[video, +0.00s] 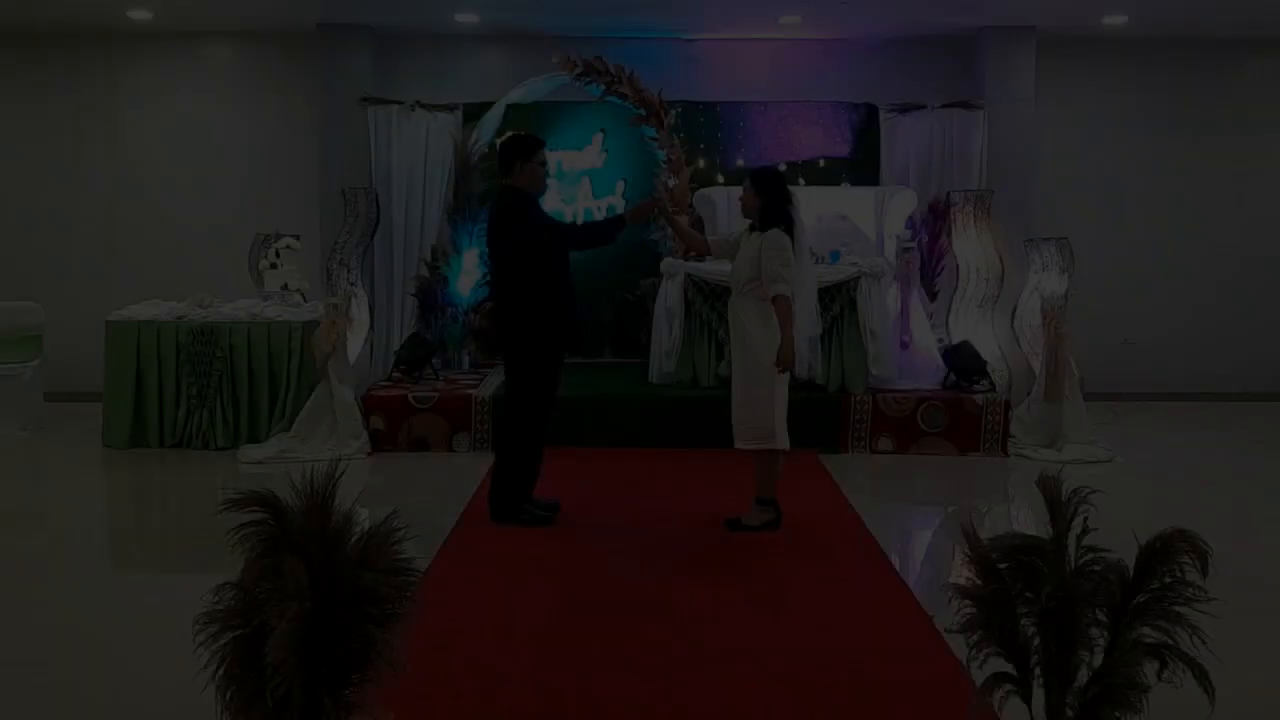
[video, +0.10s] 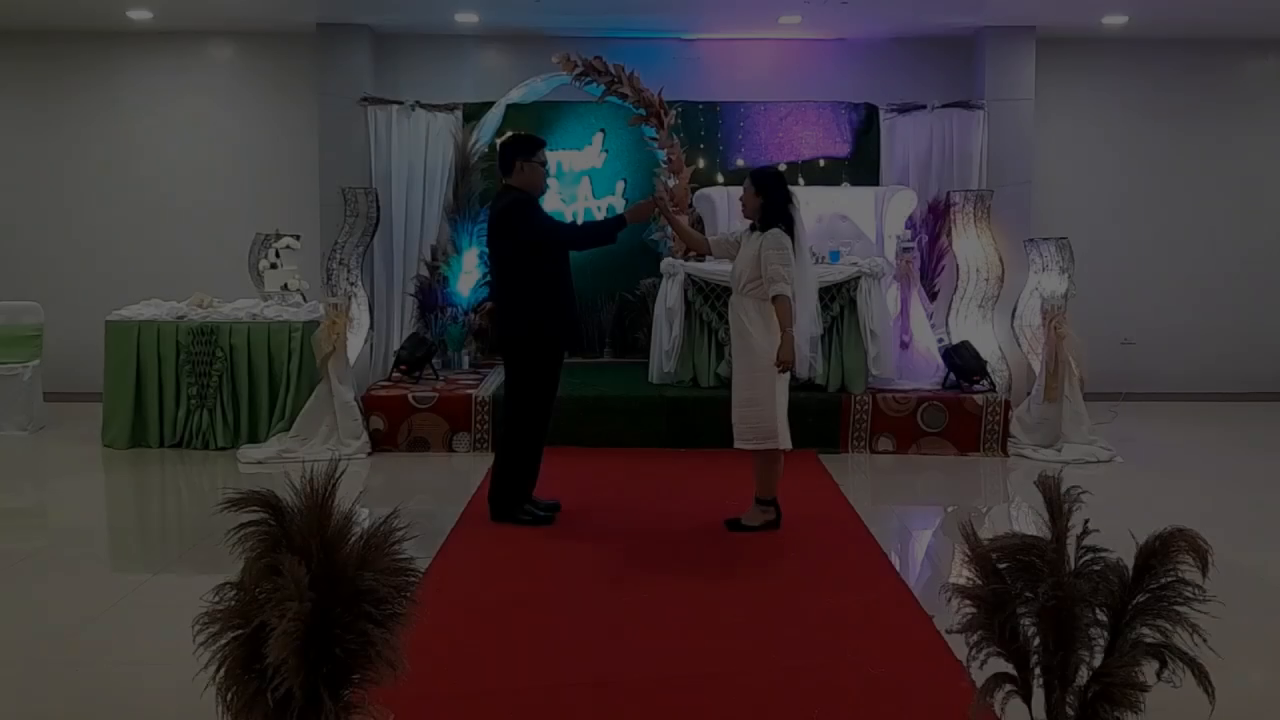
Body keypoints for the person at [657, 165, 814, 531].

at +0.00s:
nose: (742, 198)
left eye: (748, 192)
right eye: (744, 191)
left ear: (763, 198)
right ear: (761, 198)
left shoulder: (774, 239)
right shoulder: (748, 237)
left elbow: (781, 294)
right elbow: (704, 246)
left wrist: (786, 343)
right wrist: (671, 218)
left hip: (766, 343)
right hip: (748, 342)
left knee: (765, 422)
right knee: (757, 421)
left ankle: (767, 507)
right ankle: (763, 504)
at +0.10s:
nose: (741, 198)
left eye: (747, 192)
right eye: (743, 192)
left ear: (763, 198)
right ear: (761, 198)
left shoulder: (774, 239)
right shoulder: (748, 238)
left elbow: (781, 291)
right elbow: (702, 245)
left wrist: (787, 339)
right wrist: (669, 215)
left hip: (765, 342)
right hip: (749, 342)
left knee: (766, 423)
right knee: (758, 421)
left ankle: (767, 507)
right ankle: (763, 504)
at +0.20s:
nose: (741, 197)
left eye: (747, 192)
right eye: (743, 191)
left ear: (763, 197)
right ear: (761, 197)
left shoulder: (774, 239)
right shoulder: (748, 238)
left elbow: (780, 290)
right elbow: (703, 244)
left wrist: (787, 338)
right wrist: (668, 213)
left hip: (765, 343)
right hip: (749, 343)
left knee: (765, 423)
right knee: (760, 422)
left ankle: (766, 507)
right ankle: (764, 505)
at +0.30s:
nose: (743, 197)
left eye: (748, 191)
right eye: (744, 191)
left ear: (764, 197)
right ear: (761, 197)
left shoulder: (775, 238)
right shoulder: (749, 237)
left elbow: (781, 290)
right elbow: (703, 244)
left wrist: (787, 336)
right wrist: (668, 213)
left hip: (765, 342)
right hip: (750, 343)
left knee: (765, 423)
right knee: (759, 422)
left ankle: (766, 507)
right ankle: (764, 505)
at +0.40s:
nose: (743, 196)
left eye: (748, 191)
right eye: (745, 191)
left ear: (765, 197)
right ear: (761, 197)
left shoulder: (775, 239)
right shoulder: (749, 237)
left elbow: (781, 290)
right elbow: (703, 244)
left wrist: (788, 336)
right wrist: (668, 213)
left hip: (765, 343)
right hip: (750, 343)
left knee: (764, 422)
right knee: (761, 421)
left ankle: (765, 506)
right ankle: (765, 504)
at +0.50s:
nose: (743, 197)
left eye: (748, 191)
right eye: (745, 191)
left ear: (765, 197)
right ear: (762, 197)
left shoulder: (775, 239)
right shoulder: (749, 237)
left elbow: (782, 290)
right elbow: (704, 245)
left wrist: (789, 336)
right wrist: (670, 216)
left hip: (766, 343)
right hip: (750, 343)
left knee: (764, 423)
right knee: (759, 421)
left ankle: (766, 506)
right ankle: (764, 504)